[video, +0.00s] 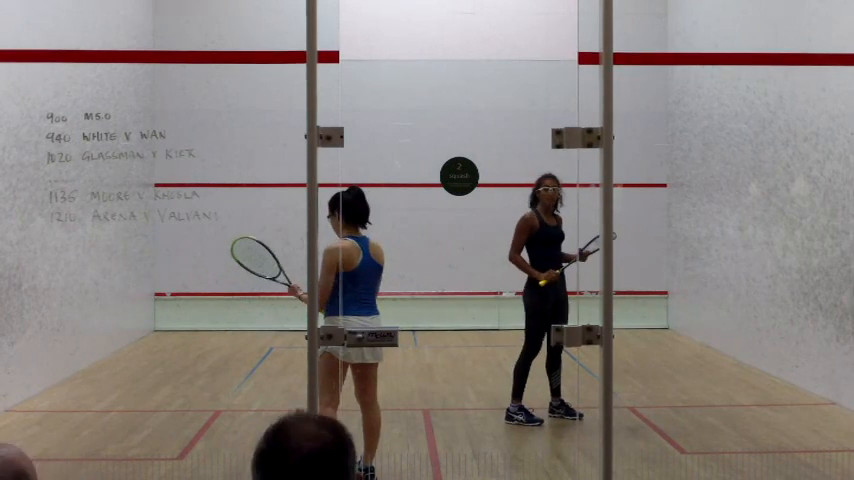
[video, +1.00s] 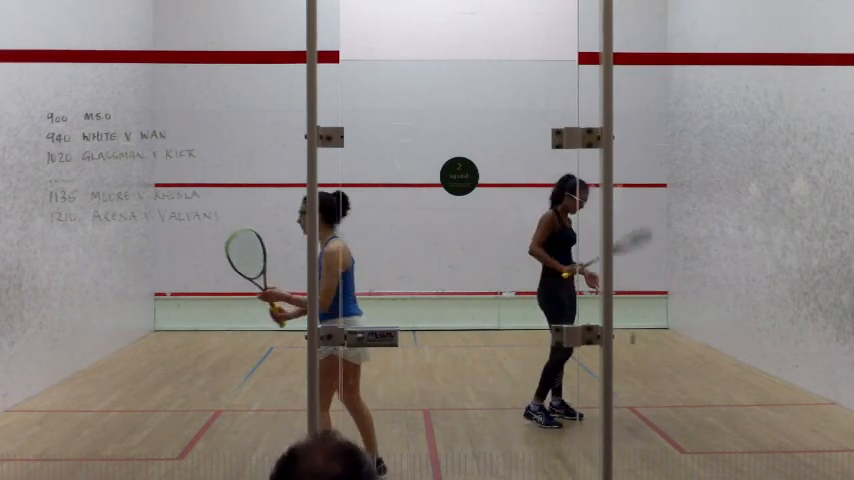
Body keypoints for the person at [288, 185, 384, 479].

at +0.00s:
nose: (330, 222)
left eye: (331, 216)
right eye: (330, 216)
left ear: (338, 216)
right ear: (362, 216)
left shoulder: (335, 252)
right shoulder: (377, 250)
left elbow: (320, 302)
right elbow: (369, 295)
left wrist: (302, 295)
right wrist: (315, 295)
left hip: (337, 333)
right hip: (370, 332)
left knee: (328, 403)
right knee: (368, 401)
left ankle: (324, 466)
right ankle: (367, 465)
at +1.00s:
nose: (299, 220)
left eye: (303, 214)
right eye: (300, 214)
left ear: (318, 217)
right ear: (327, 218)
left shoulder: (332, 251)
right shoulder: (335, 249)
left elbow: (322, 302)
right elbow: (319, 300)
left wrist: (283, 296)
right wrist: (289, 314)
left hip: (335, 334)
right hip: (351, 331)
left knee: (320, 403)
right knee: (351, 396)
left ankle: (325, 463)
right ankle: (374, 459)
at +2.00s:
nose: (335, 248)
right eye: (334, 245)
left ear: (304, 251)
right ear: (331, 247)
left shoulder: (309, 273)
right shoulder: (355, 267)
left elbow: (313, 319)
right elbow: (355, 313)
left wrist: (316, 346)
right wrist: (326, 344)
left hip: (353, 335)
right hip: (384, 332)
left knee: (318, 404)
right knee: (373, 397)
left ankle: (325, 464)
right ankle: (385, 461)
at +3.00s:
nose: (330, 245)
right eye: (329, 242)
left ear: (300, 251)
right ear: (326, 244)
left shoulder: (306, 273)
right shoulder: (351, 262)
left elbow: (314, 320)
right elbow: (352, 312)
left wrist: (321, 354)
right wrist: (316, 342)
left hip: (352, 332)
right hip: (384, 328)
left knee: (322, 403)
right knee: (374, 395)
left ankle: (325, 463)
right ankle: (382, 461)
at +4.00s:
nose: (275, 237)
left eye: (274, 234)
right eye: (273, 234)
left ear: (245, 245)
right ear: (269, 238)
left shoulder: (252, 270)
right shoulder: (291, 261)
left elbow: (243, 322)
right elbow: (273, 317)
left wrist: (241, 369)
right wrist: (232, 333)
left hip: (301, 338)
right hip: (323, 332)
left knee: (289, 415)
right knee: (294, 411)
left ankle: (315, 467)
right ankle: (317, 463)